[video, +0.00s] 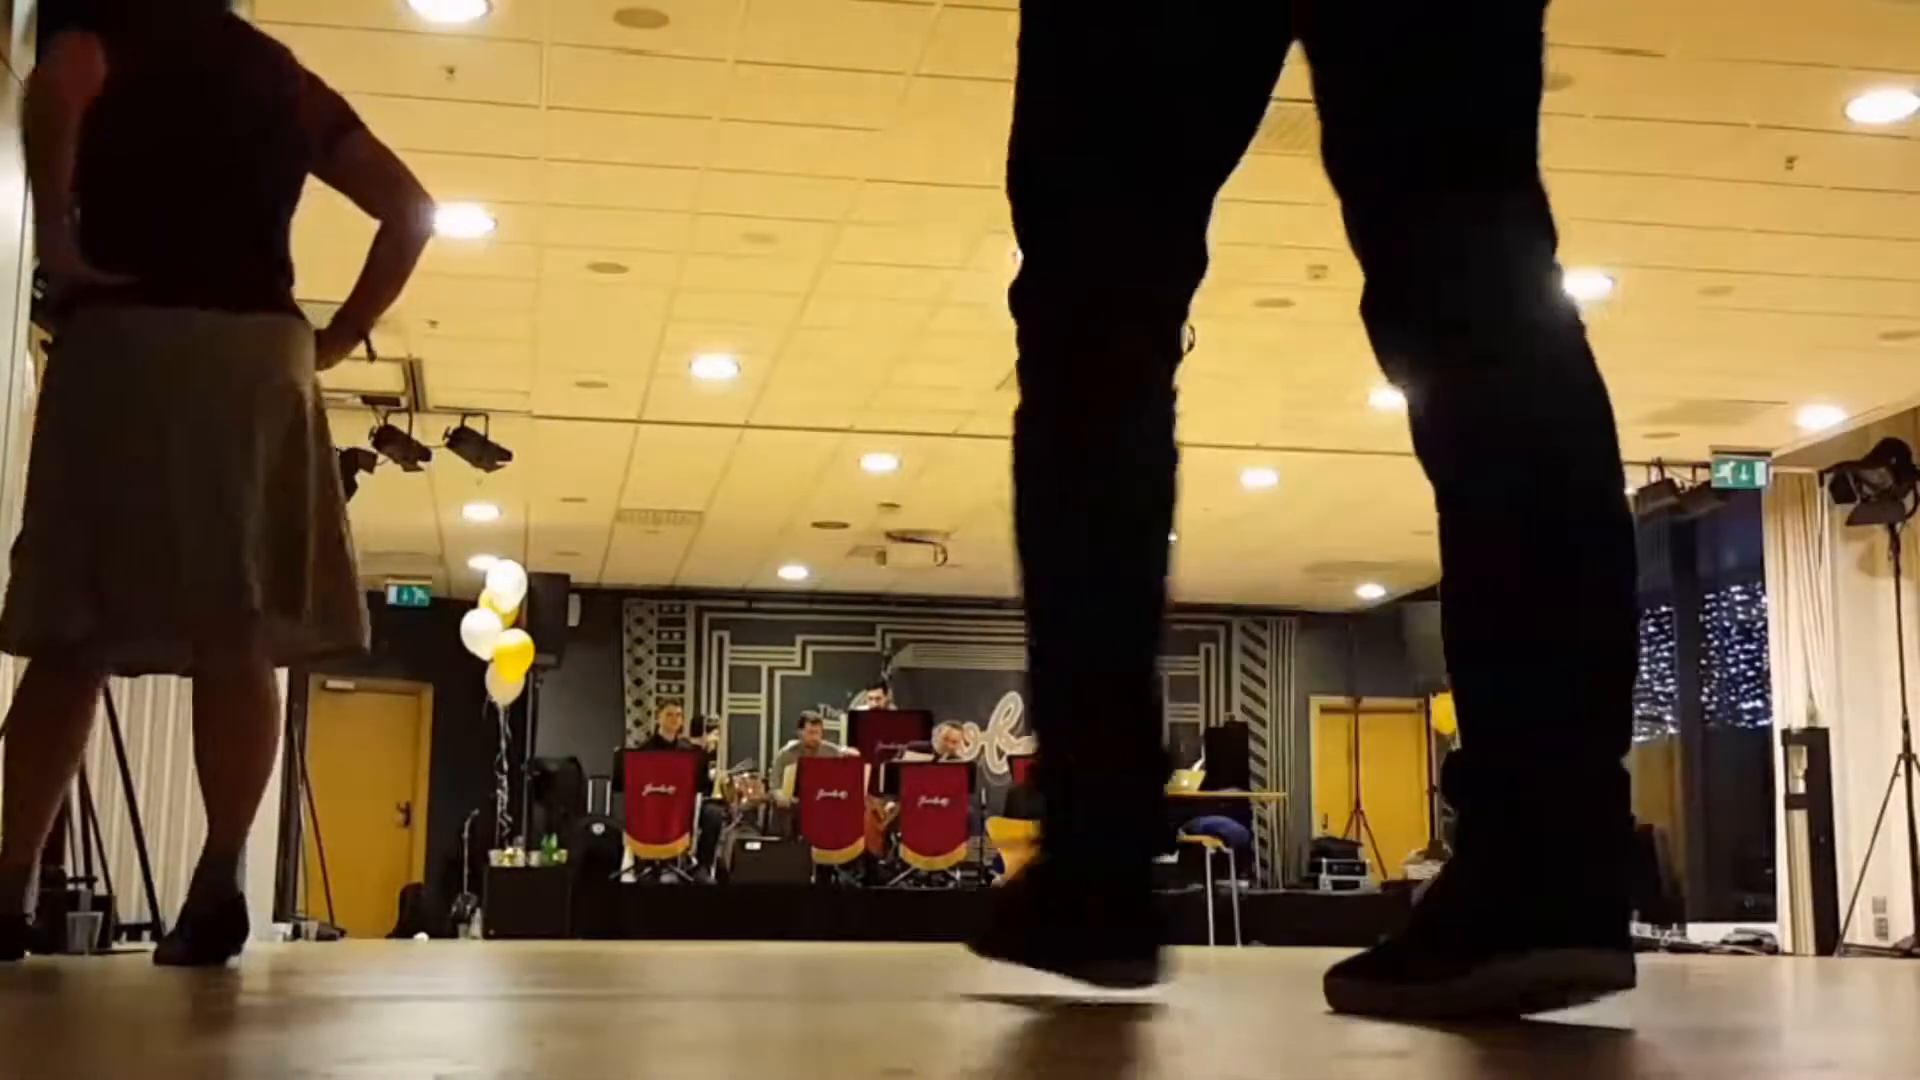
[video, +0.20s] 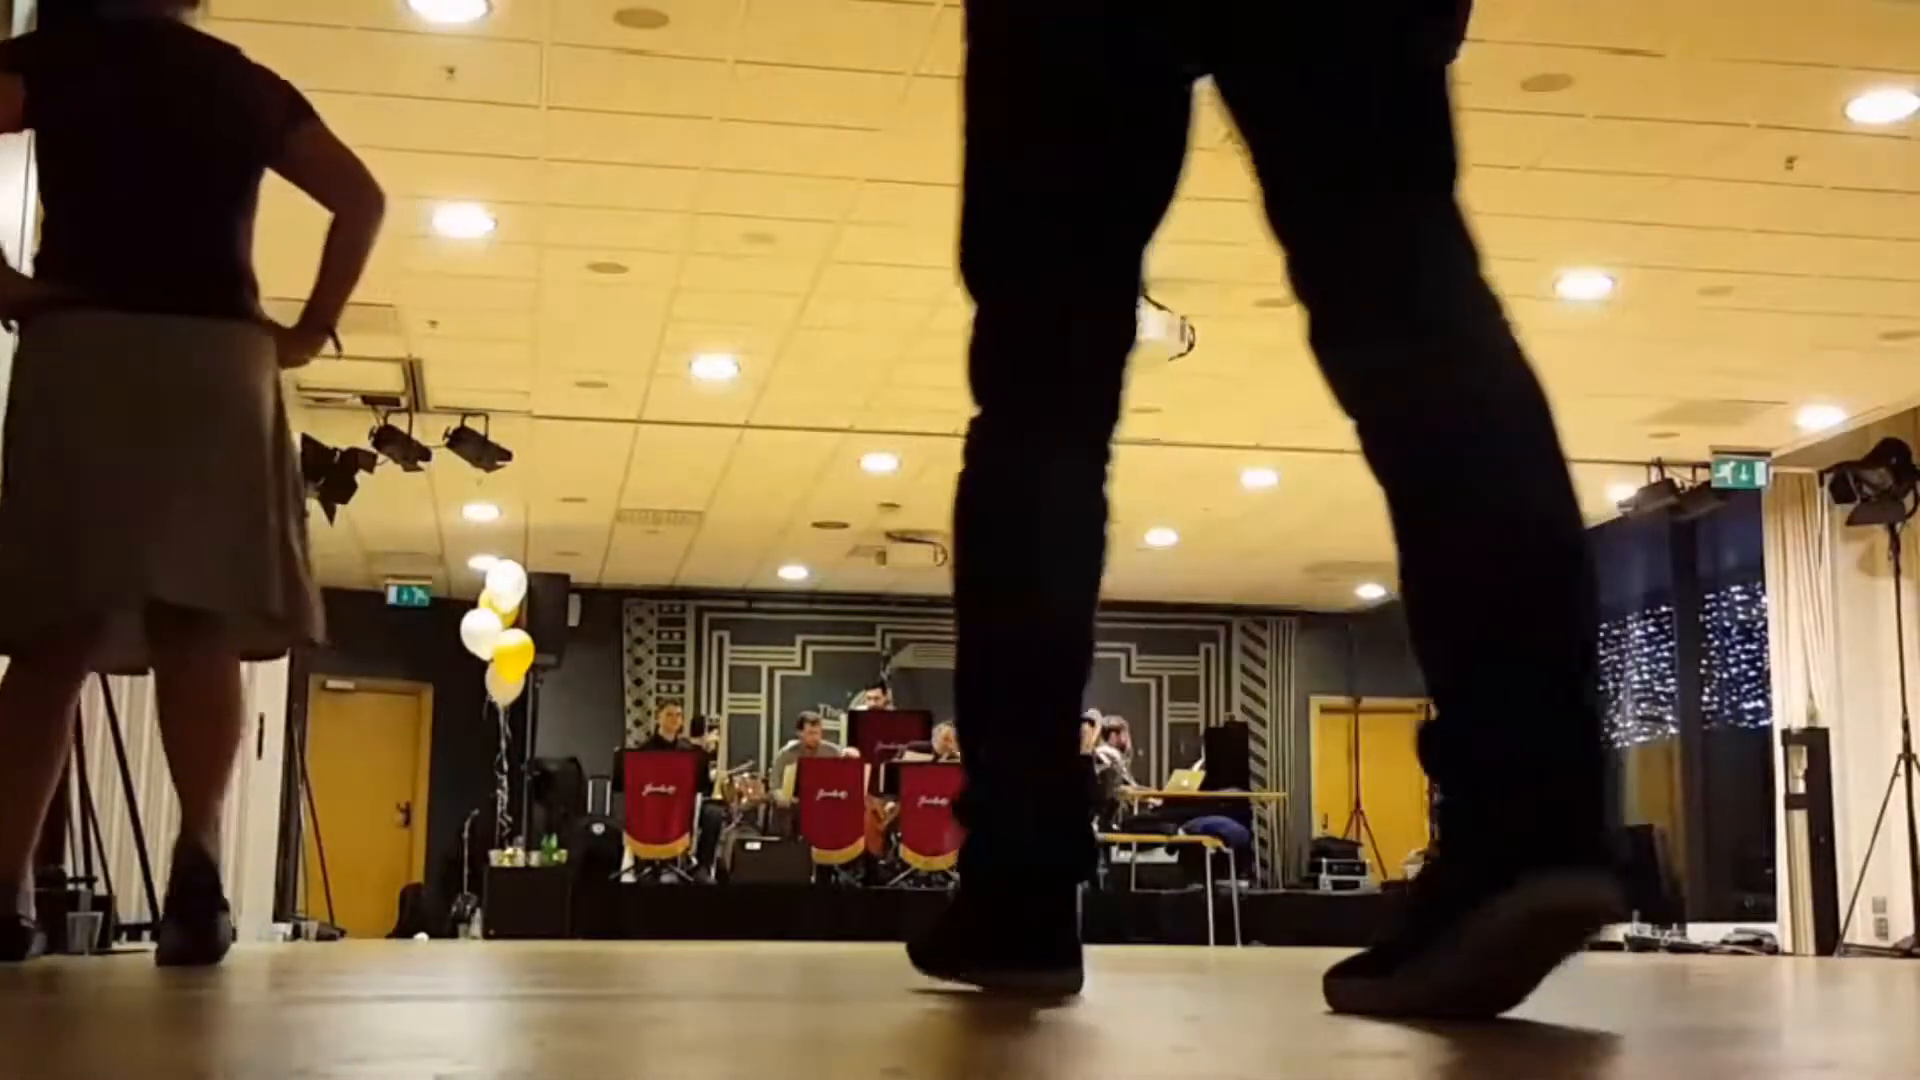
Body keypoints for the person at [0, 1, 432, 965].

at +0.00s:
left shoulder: (95, 18)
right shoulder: (276, 70)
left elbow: (59, 90)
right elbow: (411, 211)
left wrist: (57, 241)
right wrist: (340, 332)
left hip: (123, 354)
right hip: (263, 359)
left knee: (70, 644)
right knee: (238, 643)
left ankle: (9, 893)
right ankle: (220, 887)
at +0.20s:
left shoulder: (46, 60)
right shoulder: (235, 79)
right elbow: (361, 199)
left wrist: (11, 288)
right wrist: (312, 327)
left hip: (74, 360)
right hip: (215, 368)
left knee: (49, 643)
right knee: (198, 631)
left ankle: (9, 896)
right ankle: (200, 868)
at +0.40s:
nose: (184, 19)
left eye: (183, 12)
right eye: (184, 11)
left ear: (63, 5)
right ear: (164, 10)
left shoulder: (19, 87)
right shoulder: (202, 90)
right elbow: (308, 196)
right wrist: (282, 329)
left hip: (40, 366)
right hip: (175, 373)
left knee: (36, 634)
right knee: (197, 624)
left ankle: (12, 892)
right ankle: (145, 827)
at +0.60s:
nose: (178, 28)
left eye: (176, 16)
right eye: (176, 15)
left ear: (59, 18)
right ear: (155, 18)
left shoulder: (17, 100)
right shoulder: (192, 94)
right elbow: (272, 176)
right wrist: (254, 316)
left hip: (38, 372)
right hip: (169, 374)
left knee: (38, 646)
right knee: (178, 646)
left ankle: (15, 897)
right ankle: (142, 892)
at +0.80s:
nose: (196, 37)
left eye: (193, 24)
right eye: (192, 23)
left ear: (87, 33)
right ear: (174, 26)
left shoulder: (39, 118)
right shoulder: (208, 100)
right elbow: (258, 177)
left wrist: (11, 338)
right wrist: (250, 311)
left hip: (49, 376)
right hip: (179, 376)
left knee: (48, 652)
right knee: (196, 652)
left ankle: (12, 894)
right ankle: (210, 885)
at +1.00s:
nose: (246, 56)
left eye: (242, 40)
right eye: (241, 39)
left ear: (137, 47)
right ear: (221, 41)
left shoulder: (83, 133)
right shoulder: (252, 123)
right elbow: (288, 218)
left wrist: (13, 347)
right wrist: (274, 339)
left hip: (90, 395)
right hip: (216, 399)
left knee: (62, 662)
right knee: (221, 669)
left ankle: (10, 895)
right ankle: (241, 900)